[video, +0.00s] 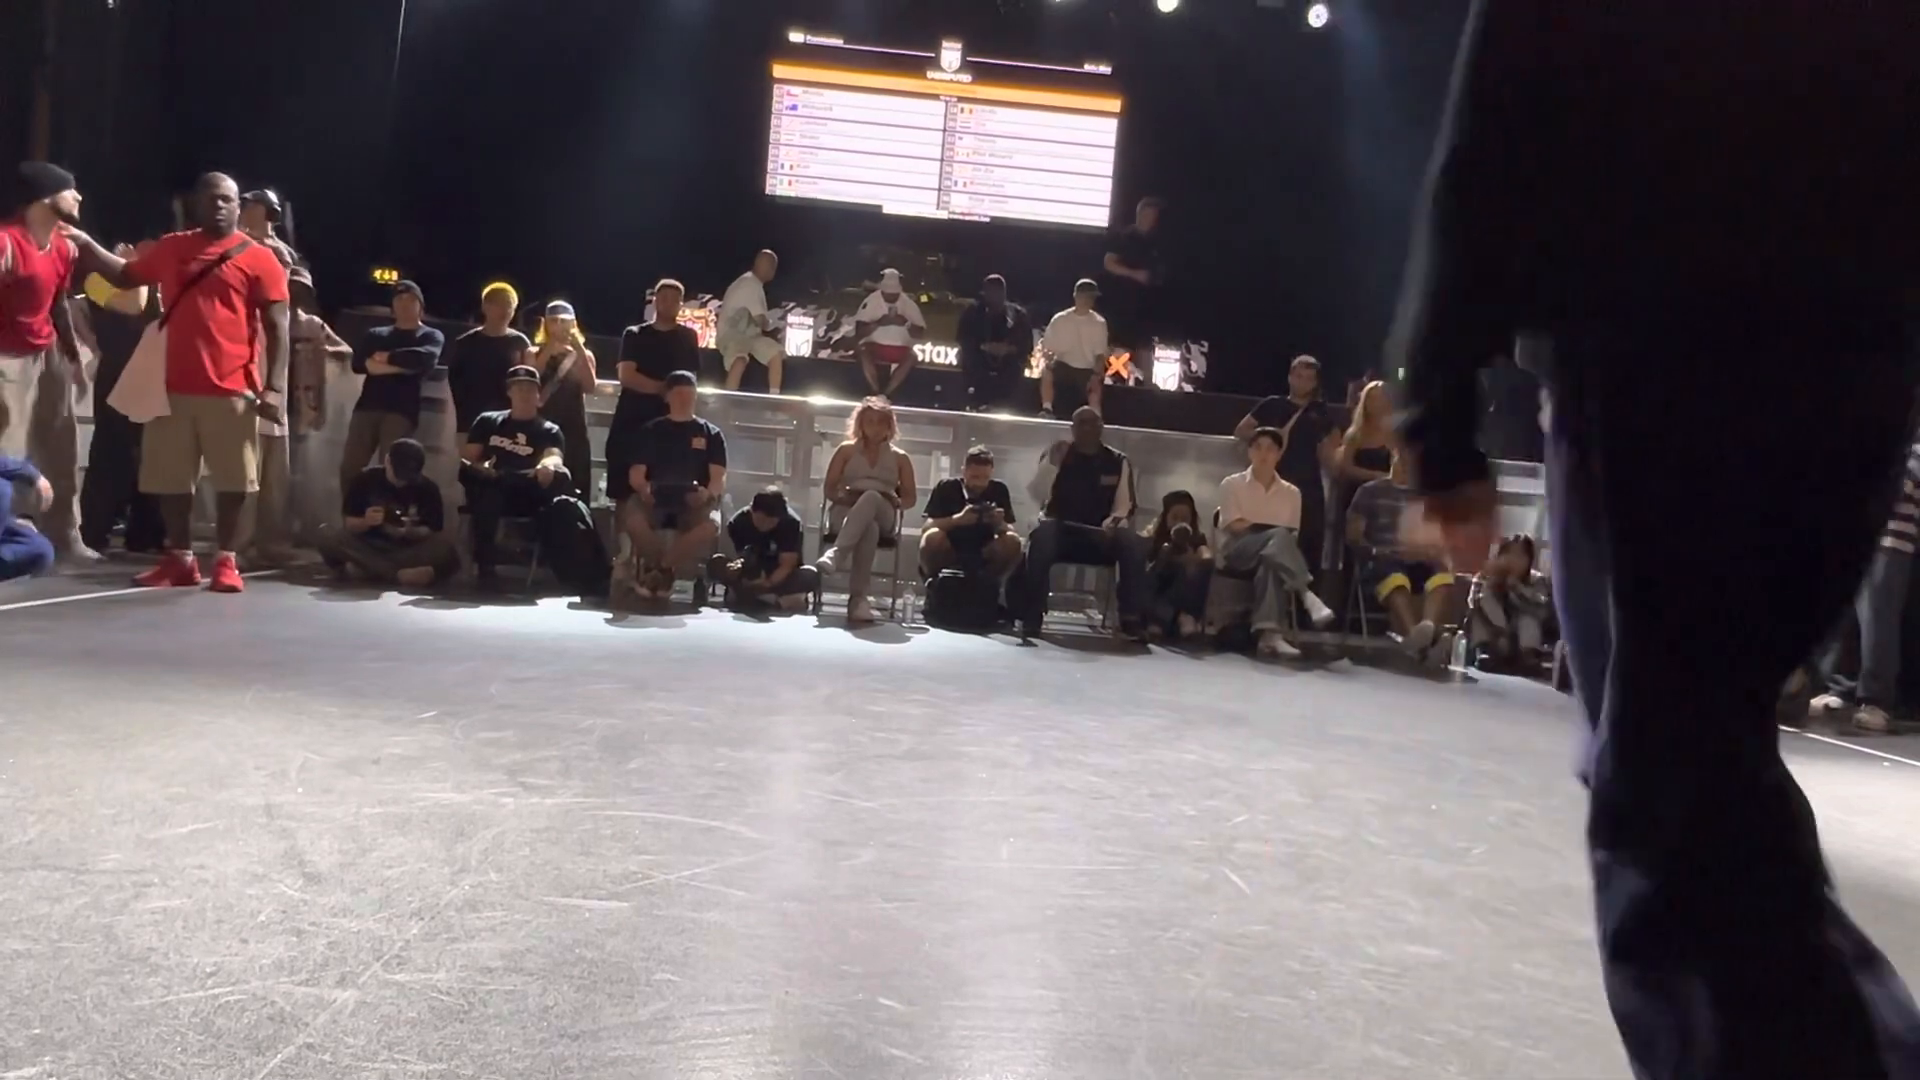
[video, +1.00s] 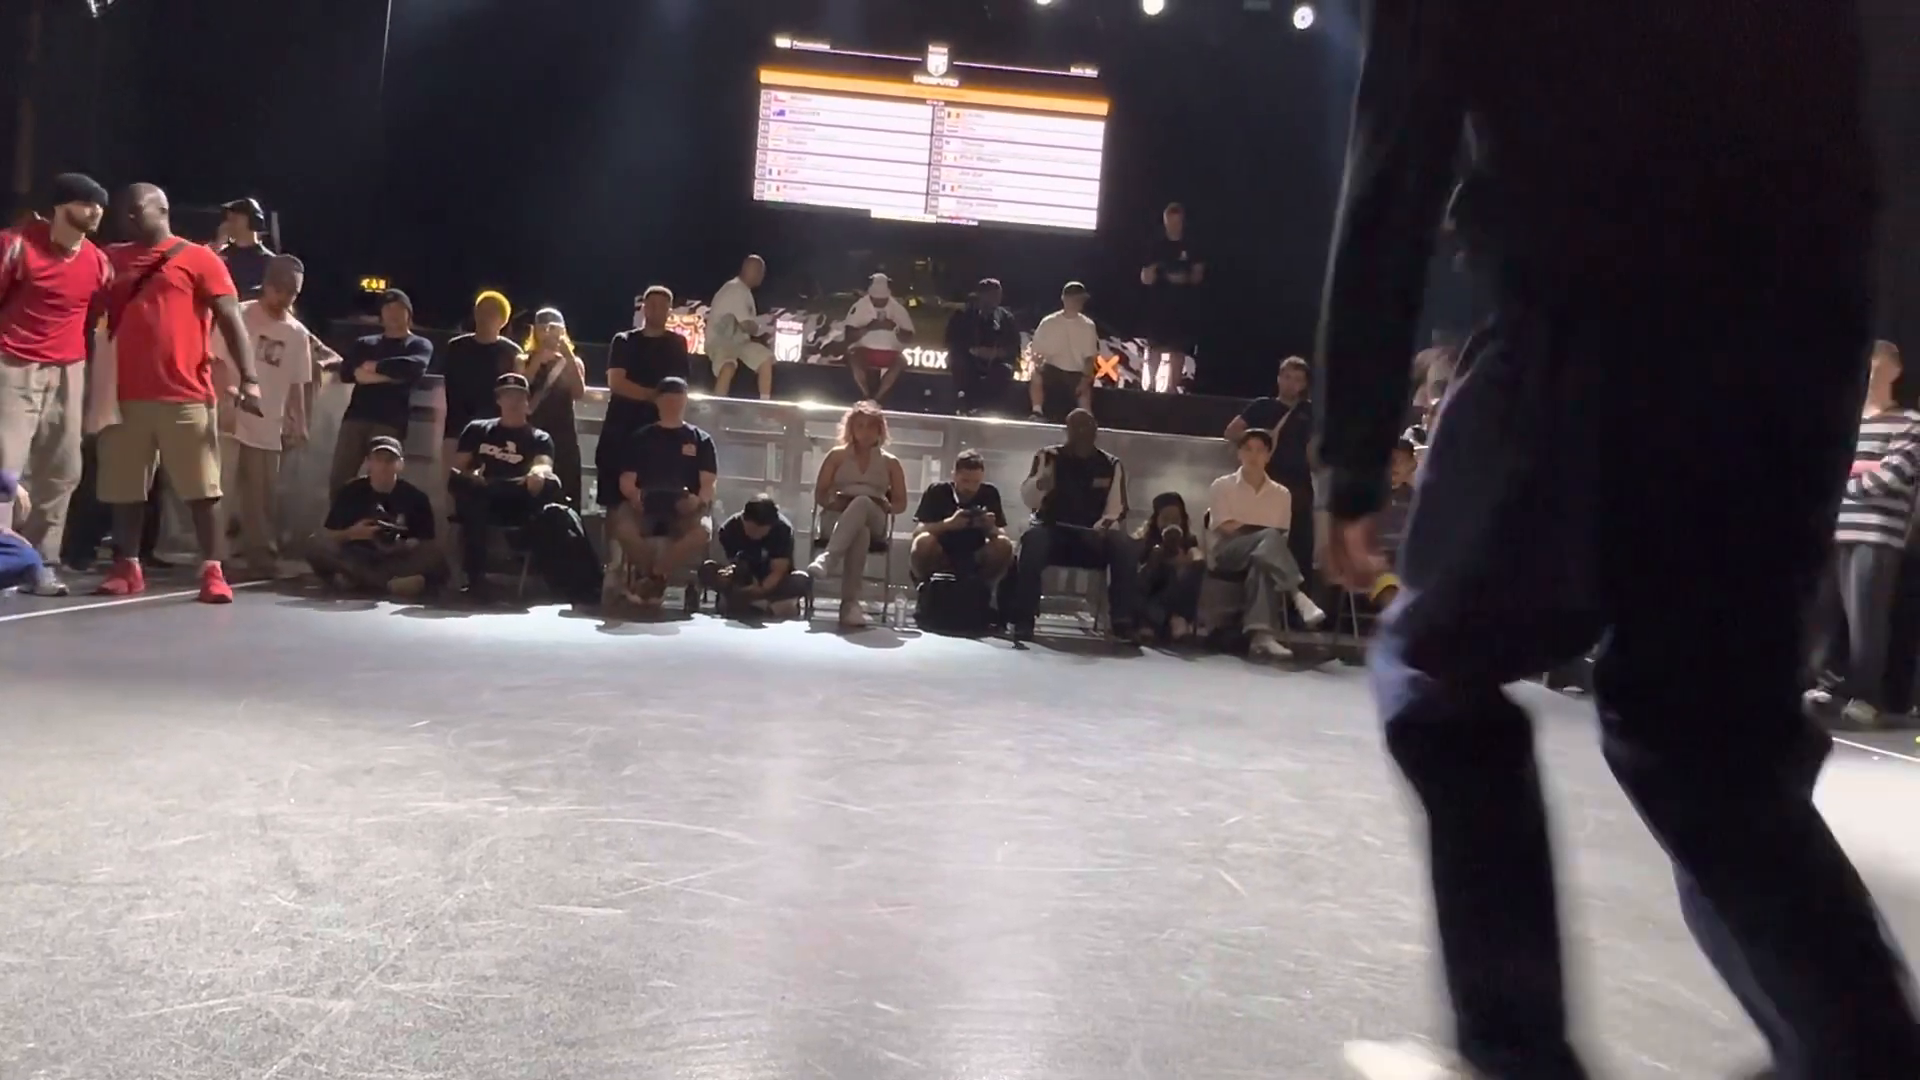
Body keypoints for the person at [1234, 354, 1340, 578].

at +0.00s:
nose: (1301, 377)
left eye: (1307, 374)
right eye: (1297, 373)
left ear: (1316, 382)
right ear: (1289, 377)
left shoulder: (1321, 411)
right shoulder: (1272, 404)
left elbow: (1331, 450)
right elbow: (1241, 430)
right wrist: (1270, 439)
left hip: (1308, 486)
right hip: (1272, 484)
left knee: (1309, 545)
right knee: (1270, 541)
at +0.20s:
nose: (1302, 381)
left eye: (1308, 377)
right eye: (1297, 375)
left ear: (1315, 382)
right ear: (1289, 378)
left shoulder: (1320, 412)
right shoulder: (1273, 404)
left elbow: (1329, 455)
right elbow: (1241, 430)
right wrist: (1269, 444)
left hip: (1307, 486)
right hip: (1271, 483)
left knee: (1308, 545)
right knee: (1269, 540)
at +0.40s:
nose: (1302, 384)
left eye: (1308, 379)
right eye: (1297, 377)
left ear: (1316, 384)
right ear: (1289, 380)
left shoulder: (1321, 413)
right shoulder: (1272, 406)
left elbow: (1333, 448)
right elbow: (1241, 432)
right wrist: (1269, 444)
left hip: (1308, 486)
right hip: (1272, 483)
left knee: (1309, 544)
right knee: (1270, 539)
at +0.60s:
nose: (1300, 385)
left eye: (1306, 380)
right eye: (1295, 378)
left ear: (1313, 385)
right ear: (1287, 380)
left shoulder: (1318, 412)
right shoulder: (1271, 407)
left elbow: (1331, 445)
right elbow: (1239, 432)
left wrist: (1309, 457)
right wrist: (1267, 448)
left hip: (1306, 486)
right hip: (1270, 484)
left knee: (1307, 544)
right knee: (1268, 539)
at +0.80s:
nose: (1297, 385)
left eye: (1303, 380)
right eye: (1292, 379)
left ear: (1309, 385)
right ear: (1283, 380)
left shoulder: (1313, 413)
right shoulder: (1266, 407)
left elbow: (1325, 450)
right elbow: (1235, 432)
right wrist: (1264, 444)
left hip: (1302, 487)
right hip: (1268, 485)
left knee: (1303, 546)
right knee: (1267, 539)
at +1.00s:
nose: (1293, 383)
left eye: (1299, 379)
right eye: (1289, 378)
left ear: (1305, 384)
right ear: (1279, 379)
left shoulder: (1309, 412)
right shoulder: (1262, 406)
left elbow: (1311, 448)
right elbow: (1232, 431)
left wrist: (1315, 470)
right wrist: (1259, 447)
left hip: (1299, 485)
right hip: (1267, 481)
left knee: (1300, 546)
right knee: (1269, 537)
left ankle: (1298, 601)